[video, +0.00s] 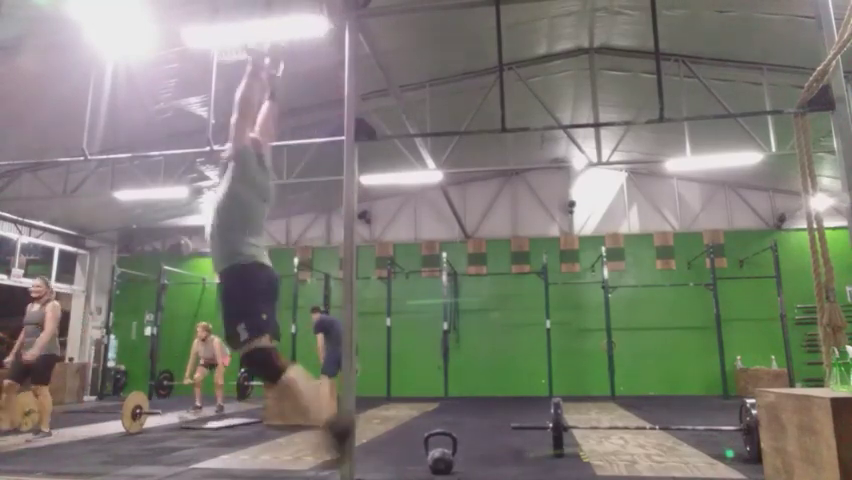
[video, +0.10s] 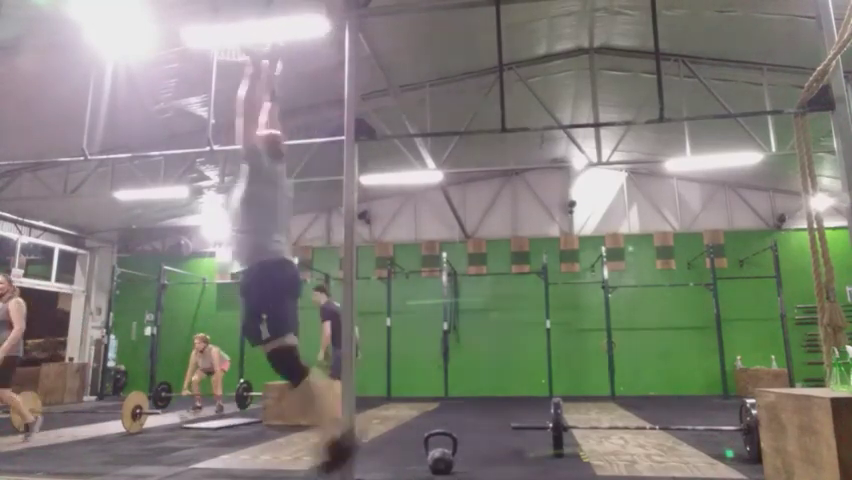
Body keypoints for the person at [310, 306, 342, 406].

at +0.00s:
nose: (313, 319)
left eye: (313, 316)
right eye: (312, 316)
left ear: (316, 314)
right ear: (321, 312)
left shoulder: (320, 323)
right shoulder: (333, 320)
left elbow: (320, 344)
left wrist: (321, 359)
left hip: (333, 352)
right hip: (343, 351)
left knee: (325, 378)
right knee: (331, 378)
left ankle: (325, 407)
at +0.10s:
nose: (313, 299)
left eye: (315, 296)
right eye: (313, 296)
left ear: (322, 295)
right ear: (324, 295)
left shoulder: (326, 308)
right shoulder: (336, 306)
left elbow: (327, 332)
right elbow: (352, 327)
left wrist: (322, 351)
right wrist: (355, 346)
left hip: (339, 348)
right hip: (346, 347)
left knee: (335, 380)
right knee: (341, 380)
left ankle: (338, 412)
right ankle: (344, 411)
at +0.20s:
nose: (323, 291)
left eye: (325, 287)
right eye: (323, 288)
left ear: (333, 286)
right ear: (332, 287)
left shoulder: (337, 301)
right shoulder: (337, 301)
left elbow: (338, 325)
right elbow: (338, 325)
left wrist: (327, 348)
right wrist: (329, 348)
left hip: (342, 347)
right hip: (340, 347)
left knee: (338, 380)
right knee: (337, 380)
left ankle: (340, 415)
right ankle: (338, 414)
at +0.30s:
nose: (328, 293)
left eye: (329, 290)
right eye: (327, 290)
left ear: (335, 288)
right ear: (336, 288)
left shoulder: (341, 303)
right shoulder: (343, 302)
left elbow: (342, 327)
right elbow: (343, 327)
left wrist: (337, 350)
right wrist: (339, 349)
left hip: (346, 348)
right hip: (347, 347)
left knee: (343, 381)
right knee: (344, 380)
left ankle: (346, 414)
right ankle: (349, 412)